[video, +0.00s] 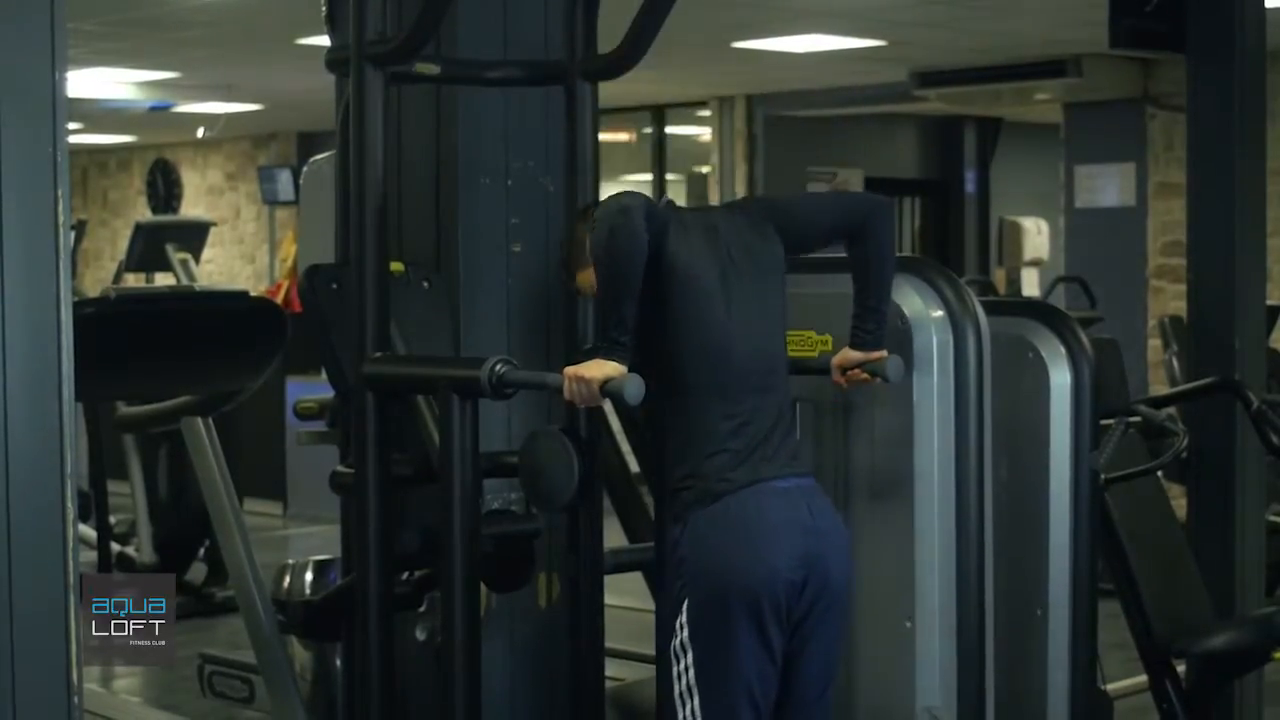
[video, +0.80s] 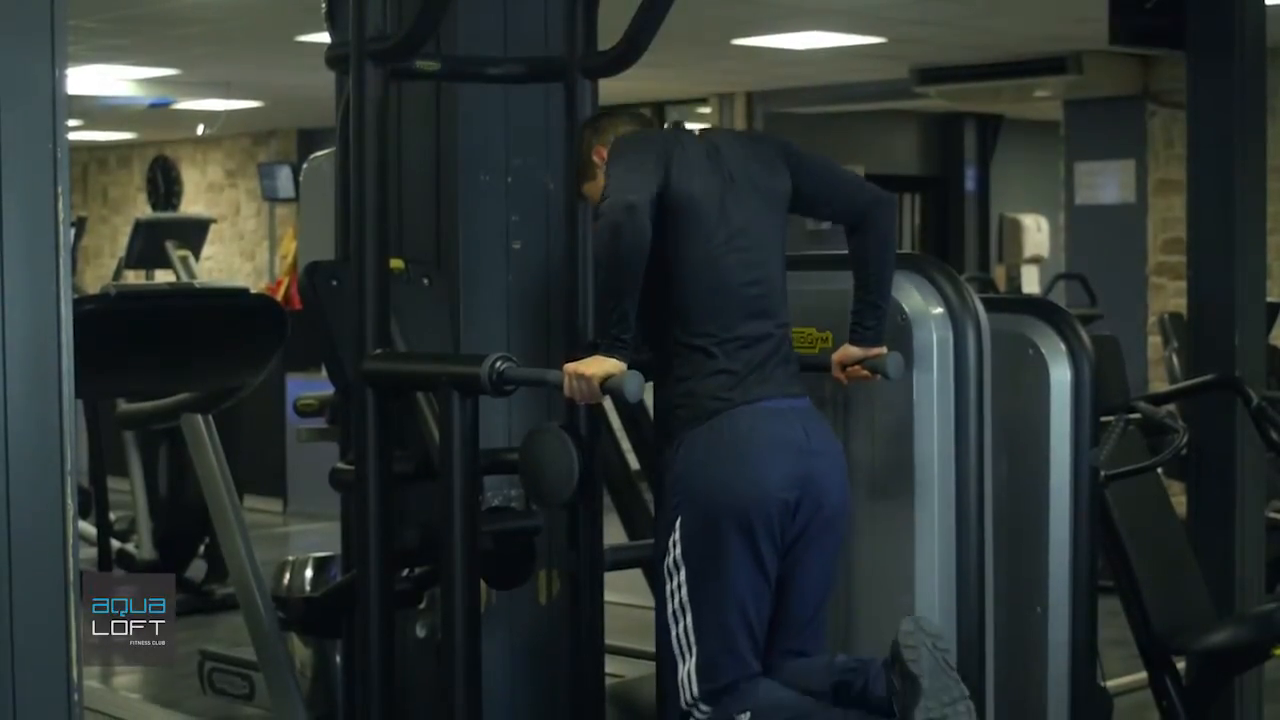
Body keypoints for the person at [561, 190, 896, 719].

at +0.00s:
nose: (601, 299)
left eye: (594, 287)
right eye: (593, 293)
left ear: (601, 252)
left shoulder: (638, 224)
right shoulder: (752, 221)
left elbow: (626, 209)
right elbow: (870, 210)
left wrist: (611, 347)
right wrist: (869, 337)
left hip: (720, 527)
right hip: (805, 506)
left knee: (716, 706)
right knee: (805, 707)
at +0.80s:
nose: (598, 201)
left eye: (592, 187)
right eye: (591, 192)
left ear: (606, 154)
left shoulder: (639, 149)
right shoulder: (762, 152)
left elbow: (625, 212)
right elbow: (873, 206)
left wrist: (610, 346)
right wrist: (868, 335)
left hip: (720, 447)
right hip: (805, 431)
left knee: (714, 694)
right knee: (786, 664)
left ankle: (887, 703)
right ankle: (888, 683)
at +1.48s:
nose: (614, 106)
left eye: (608, 93)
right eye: (606, 99)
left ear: (621, 57)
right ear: (675, 36)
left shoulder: (649, 76)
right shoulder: (778, 82)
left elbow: (632, 194)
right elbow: (863, 188)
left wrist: (611, 331)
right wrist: (868, 319)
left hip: (717, 365)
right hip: (807, 356)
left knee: (696, 623)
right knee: (770, 592)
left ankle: (877, 652)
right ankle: (865, 586)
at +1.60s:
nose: (610, 144)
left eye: (603, 129)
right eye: (602, 136)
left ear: (616, 91)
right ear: (669, 69)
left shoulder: (642, 103)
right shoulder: (776, 103)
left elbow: (627, 200)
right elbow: (871, 190)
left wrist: (613, 333)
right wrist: (870, 321)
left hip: (718, 392)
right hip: (806, 382)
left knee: (697, 650)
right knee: (774, 612)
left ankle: (878, 696)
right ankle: (872, 629)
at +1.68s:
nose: (606, 157)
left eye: (601, 141)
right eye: (600, 148)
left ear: (615, 108)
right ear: (670, 86)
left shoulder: (641, 116)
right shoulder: (771, 118)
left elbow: (624, 198)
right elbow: (875, 190)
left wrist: (610, 332)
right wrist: (868, 323)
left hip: (719, 410)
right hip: (807, 399)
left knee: (701, 665)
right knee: (775, 632)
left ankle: (883, 705)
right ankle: (879, 646)